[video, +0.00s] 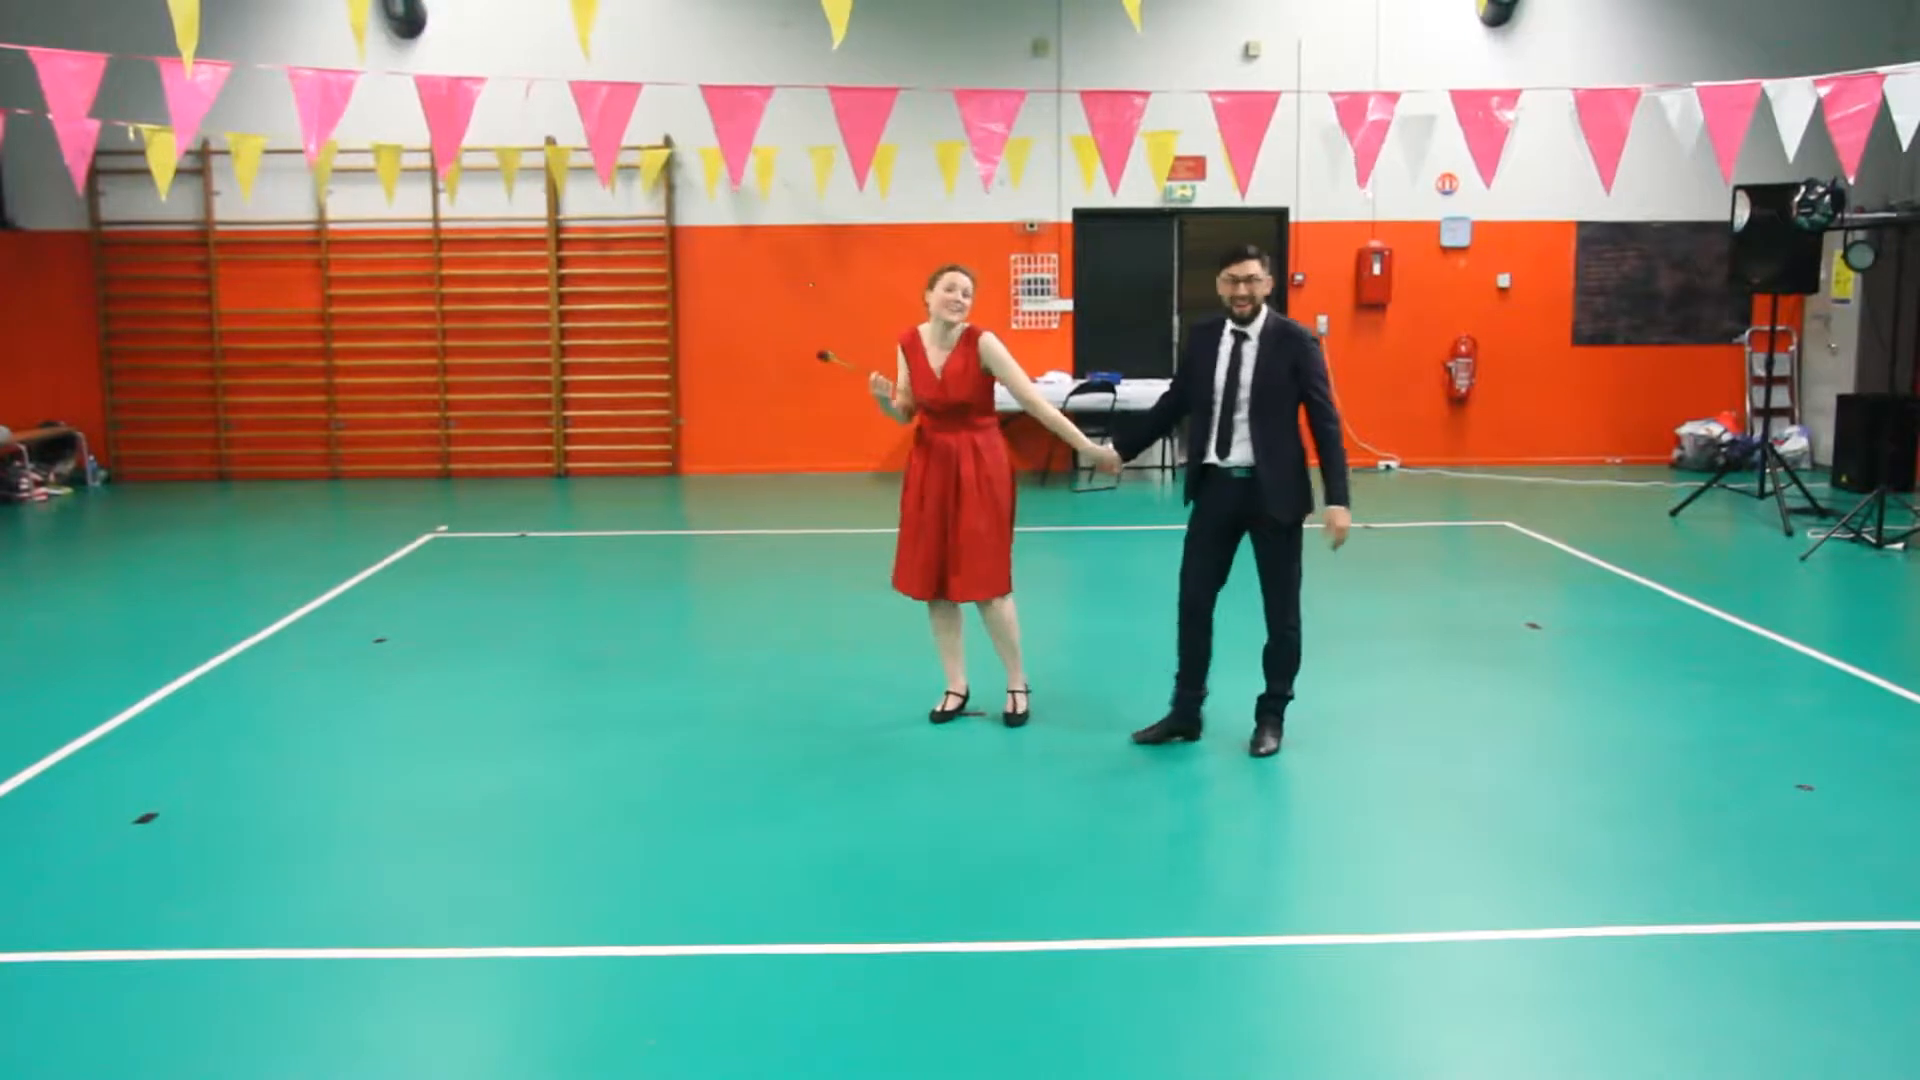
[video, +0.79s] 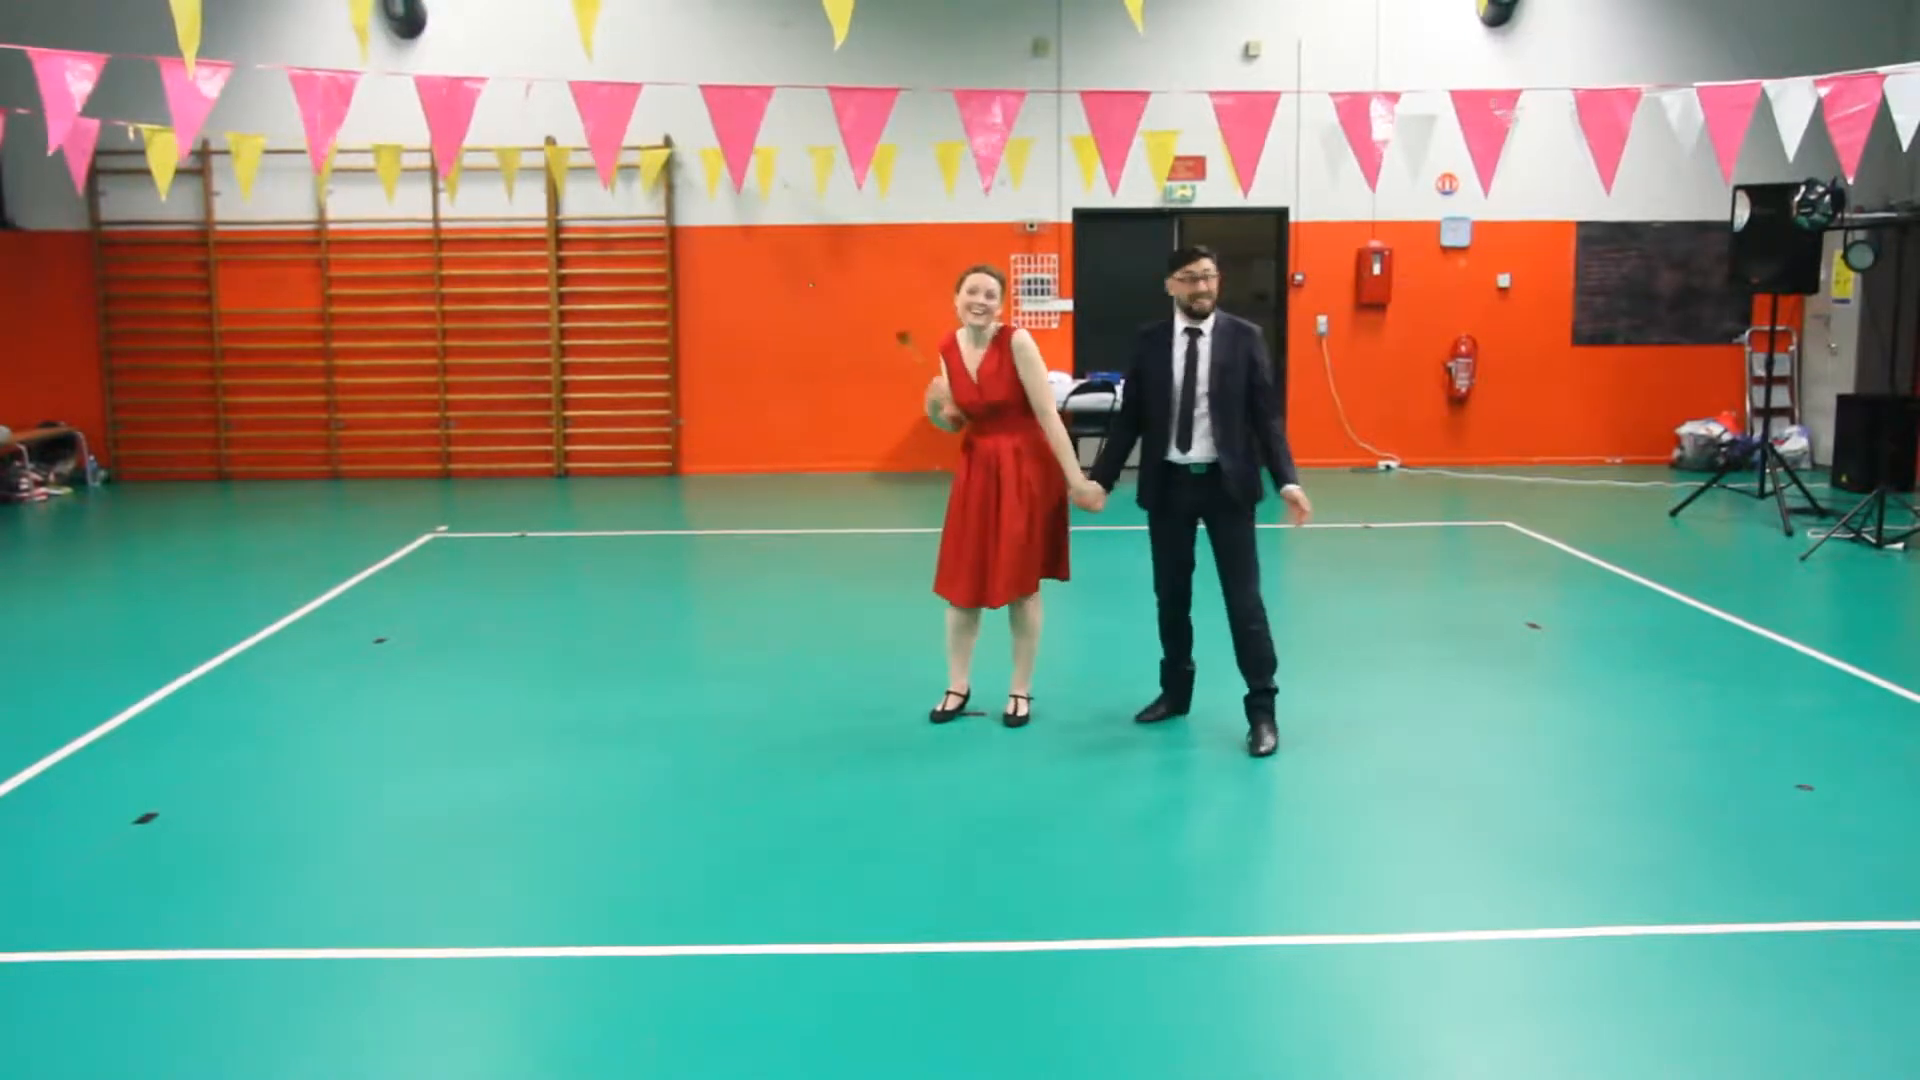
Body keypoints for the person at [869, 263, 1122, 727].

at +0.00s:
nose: (957, 298)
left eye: (965, 293)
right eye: (949, 289)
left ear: (971, 305)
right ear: (927, 296)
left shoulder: (982, 344)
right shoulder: (910, 344)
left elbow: (1035, 403)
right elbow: (905, 414)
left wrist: (1088, 448)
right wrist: (886, 399)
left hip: (980, 463)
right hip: (931, 464)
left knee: (987, 583)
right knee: (937, 582)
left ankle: (1017, 686)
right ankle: (955, 688)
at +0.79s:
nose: (980, 300)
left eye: (990, 295)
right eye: (972, 292)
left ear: (1001, 304)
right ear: (957, 298)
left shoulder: (1018, 343)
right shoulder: (949, 348)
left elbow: (1048, 414)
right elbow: (956, 422)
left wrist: (1077, 479)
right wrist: (938, 411)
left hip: (1025, 465)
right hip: (978, 465)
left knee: (1021, 586)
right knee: (963, 584)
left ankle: (1020, 691)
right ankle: (957, 687)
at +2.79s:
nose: (992, 299)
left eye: (991, 291)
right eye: (985, 291)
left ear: (975, 296)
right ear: (958, 297)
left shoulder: (990, 339)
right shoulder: (923, 350)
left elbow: (1027, 397)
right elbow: (902, 423)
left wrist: (1075, 441)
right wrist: (967, 418)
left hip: (985, 475)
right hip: (936, 478)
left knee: (1002, 583)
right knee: (941, 586)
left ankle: (1016, 686)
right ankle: (951, 682)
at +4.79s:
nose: (1016, 295)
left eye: (1021, 287)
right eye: (1006, 288)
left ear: (1028, 293)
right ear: (983, 294)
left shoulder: (1043, 343)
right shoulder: (961, 349)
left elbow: (1066, 409)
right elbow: (942, 424)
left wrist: (1090, 454)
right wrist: (997, 417)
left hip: (1030, 479)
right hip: (976, 481)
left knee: (1025, 594)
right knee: (971, 598)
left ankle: (1017, 687)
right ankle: (960, 700)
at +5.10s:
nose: (1007, 293)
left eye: (1010, 286)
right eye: (996, 286)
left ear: (1013, 291)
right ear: (969, 291)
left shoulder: (1025, 345)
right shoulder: (943, 346)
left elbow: (1037, 419)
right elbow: (922, 424)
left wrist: (1052, 491)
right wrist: (983, 415)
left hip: (1015, 477)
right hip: (960, 479)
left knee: (1018, 590)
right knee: (959, 594)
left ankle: (1017, 683)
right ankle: (958, 700)